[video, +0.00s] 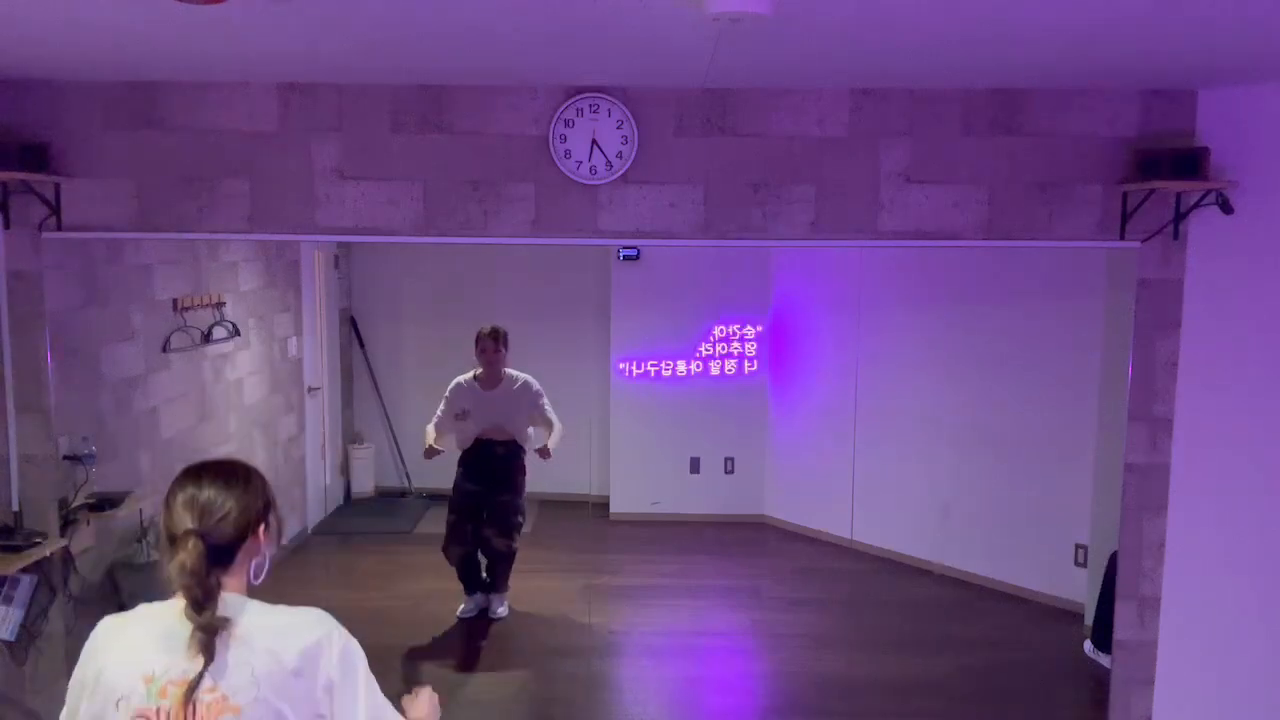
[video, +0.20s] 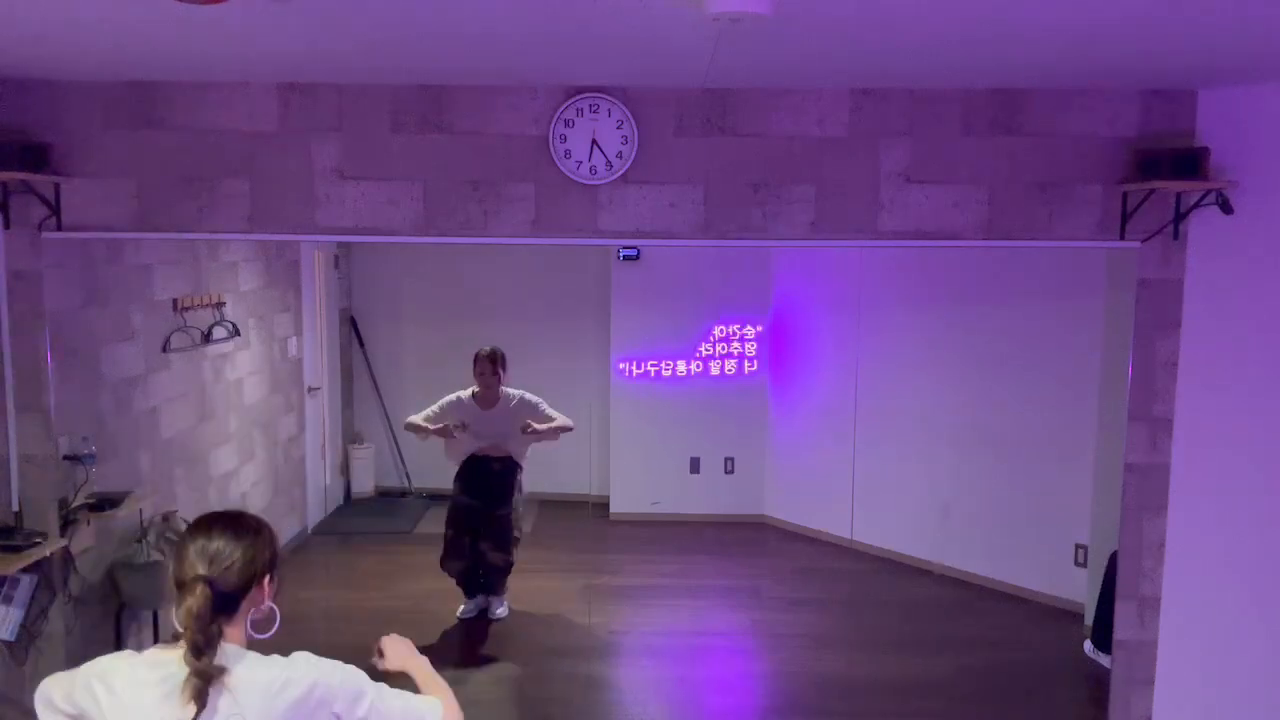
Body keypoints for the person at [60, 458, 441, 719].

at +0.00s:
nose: (274, 537)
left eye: (271, 522)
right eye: (274, 524)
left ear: (172, 537)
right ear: (260, 537)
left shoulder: (109, 641)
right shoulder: (315, 640)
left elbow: (73, 713)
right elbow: (380, 718)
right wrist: (418, 715)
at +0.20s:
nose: (277, 586)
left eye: (272, 572)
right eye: (275, 575)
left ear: (179, 580)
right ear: (264, 591)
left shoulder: (112, 679)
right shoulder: (310, 682)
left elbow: (45, 698)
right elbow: (445, 713)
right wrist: (414, 662)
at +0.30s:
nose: (281, 594)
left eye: (276, 580)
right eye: (280, 582)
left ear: (184, 590)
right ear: (267, 598)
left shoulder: (126, 674)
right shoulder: (291, 684)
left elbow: (60, 636)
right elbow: (454, 683)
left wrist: (168, 631)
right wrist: (394, 641)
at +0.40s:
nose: (280, 574)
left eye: (277, 562)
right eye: (279, 563)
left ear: (191, 570)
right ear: (266, 582)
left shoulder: (141, 643)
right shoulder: (284, 659)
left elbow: (79, 577)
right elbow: (455, 637)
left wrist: (178, 619)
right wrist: (350, 647)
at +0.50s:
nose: (284, 528)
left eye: (280, 515)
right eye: (282, 517)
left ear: (186, 525)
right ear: (269, 534)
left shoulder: (134, 600)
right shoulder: (304, 610)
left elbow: (95, 569)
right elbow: (449, 637)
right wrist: (342, 634)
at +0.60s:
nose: (277, 484)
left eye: (274, 471)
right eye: (276, 474)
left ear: (178, 485)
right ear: (263, 489)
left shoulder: (128, 569)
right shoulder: (307, 577)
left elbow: (99, 660)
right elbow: (408, 688)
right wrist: (319, 694)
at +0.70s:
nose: (270, 486)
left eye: (271, 472)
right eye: (269, 474)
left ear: (173, 485)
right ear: (251, 489)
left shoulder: (128, 583)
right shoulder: (306, 575)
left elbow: (105, 698)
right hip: (276, 709)